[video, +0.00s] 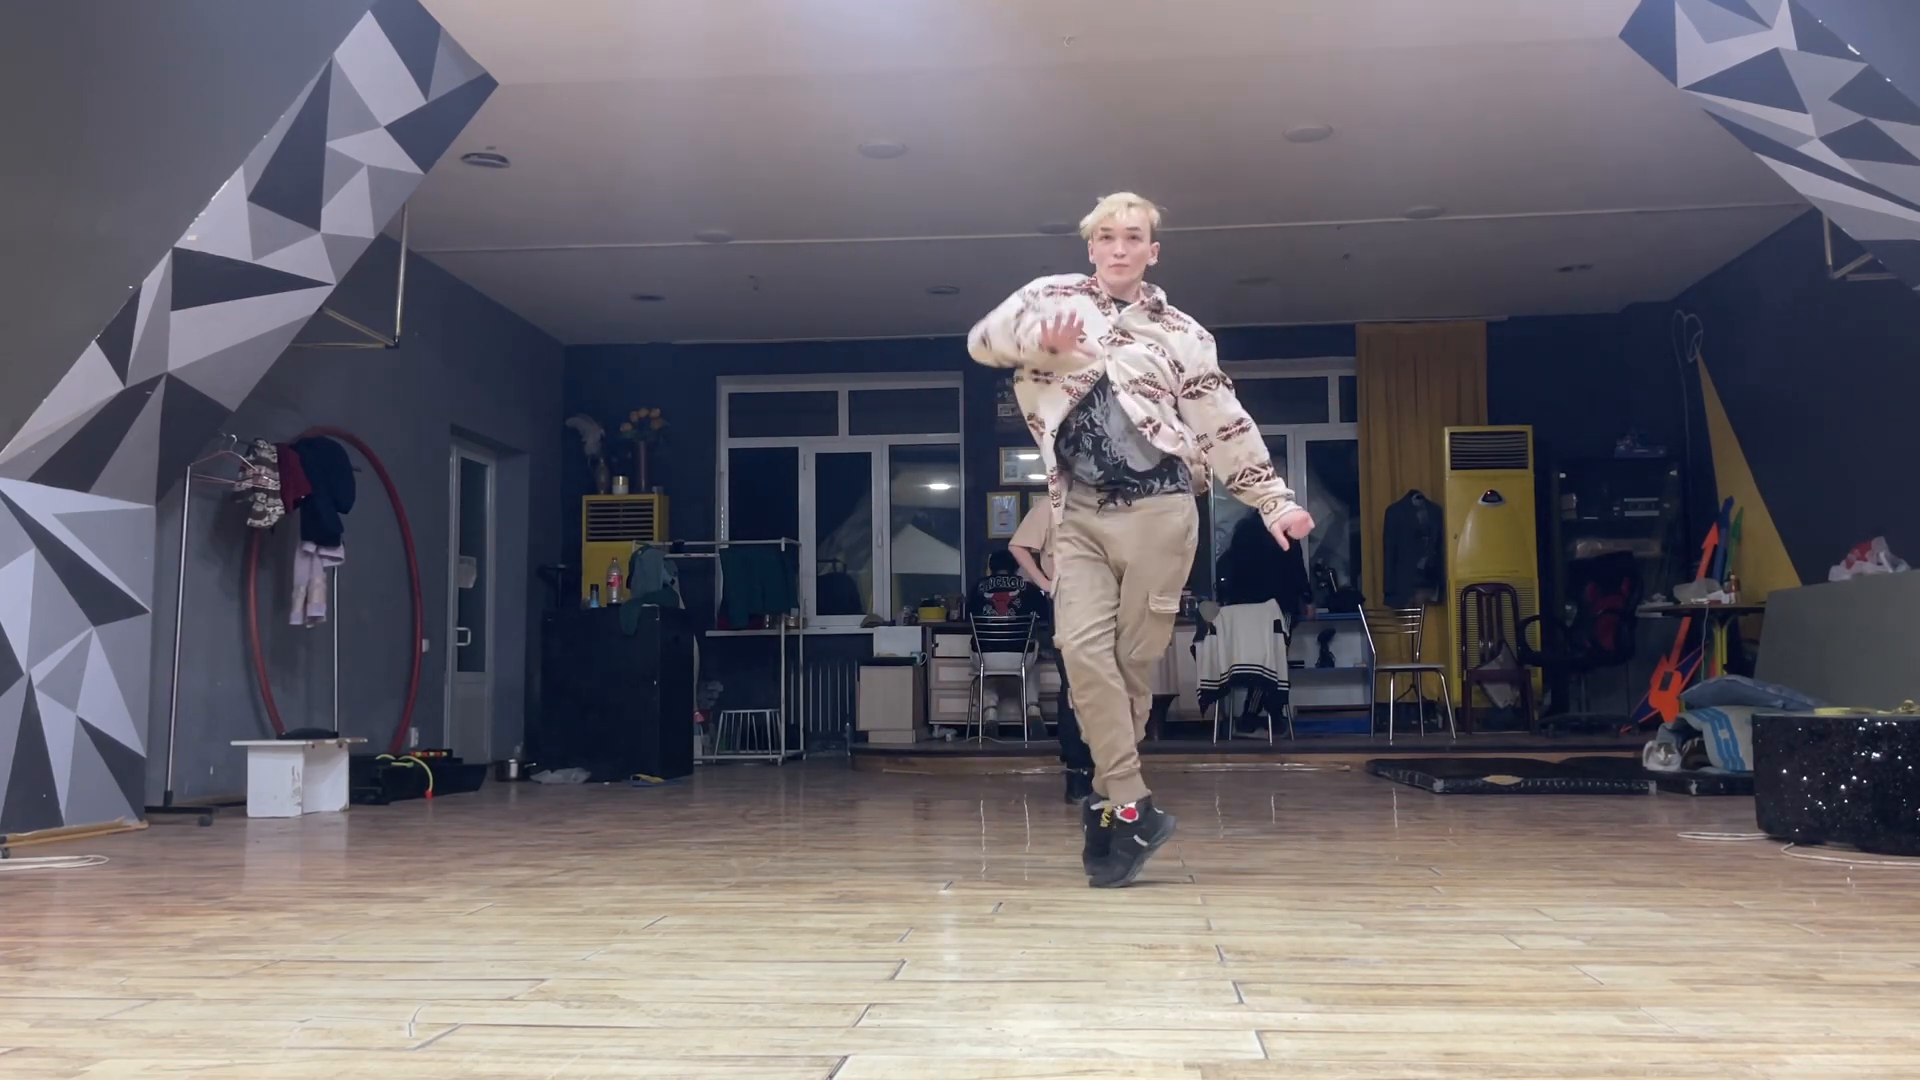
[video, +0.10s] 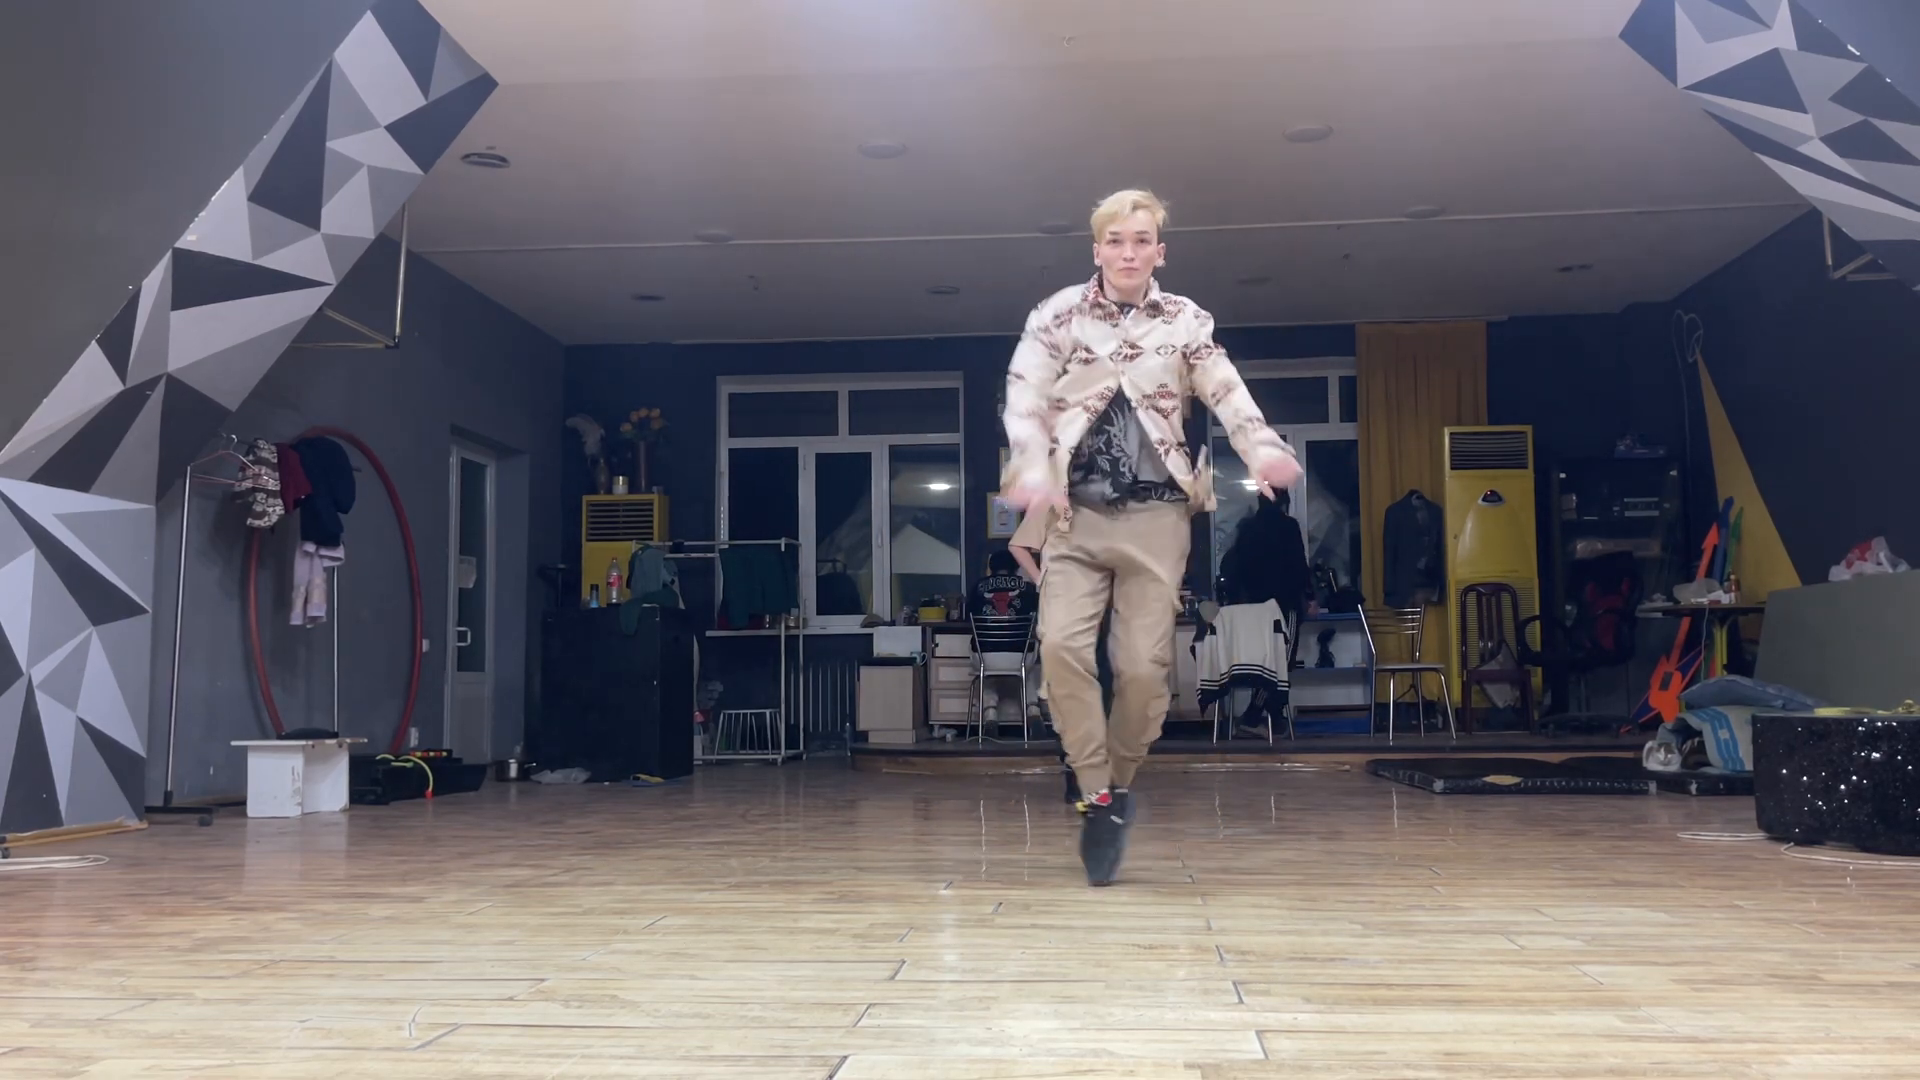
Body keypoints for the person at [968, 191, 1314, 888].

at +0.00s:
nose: (1119, 248)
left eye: (1132, 238)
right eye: (1107, 237)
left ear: (1153, 251)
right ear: (1089, 246)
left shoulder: (1182, 337)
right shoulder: (1051, 300)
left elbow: (1226, 428)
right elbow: (984, 339)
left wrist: (1272, 501)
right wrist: (1037, 341)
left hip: (1158, 516)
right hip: (1076, 512)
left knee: (1135, 665)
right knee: (1081, 650)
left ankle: (1105, 802)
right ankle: (1133, 807)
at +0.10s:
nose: (1129, 252)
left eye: (1141, 240)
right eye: (1116, 241)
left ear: (1160, 250)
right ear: (1097, 249)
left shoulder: (1184, 322)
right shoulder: (1057, 316)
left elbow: (1227, 394)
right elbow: (1024, 402)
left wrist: (1263, 450)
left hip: (1156, 517)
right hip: (1072, 515)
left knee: (1140, 667)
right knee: (1060, 647)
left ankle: (1117, 787)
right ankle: (1095, 795)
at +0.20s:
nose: (1140, 287)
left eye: (1149, 274)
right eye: (1124, 278)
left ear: (1165, 279)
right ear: (1102, 290)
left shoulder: (1181, 324)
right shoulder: (1079, 378)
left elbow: (1199, 362)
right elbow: (1054, 472)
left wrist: (1139, 382)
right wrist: (1028, 560)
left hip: (1161, 551)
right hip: (1080, 550)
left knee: (1191, 681)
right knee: (1040, 682)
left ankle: (1166, 830)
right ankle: (990, 832)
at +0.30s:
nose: (1144, 312)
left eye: (1152, 300)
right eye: (1128, 304)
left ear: (1165, 308)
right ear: (1104, 320)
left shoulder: (1183, 354)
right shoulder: (1079, 408)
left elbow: (1164, 384)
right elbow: (1071, 504)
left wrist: (1077, 397)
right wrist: (1058, 593)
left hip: (1161, 588)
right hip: (1090, 586)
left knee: (1201, 712)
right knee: (1032, 715)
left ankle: (1166, 840)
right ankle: (952, 832)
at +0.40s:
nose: (1149, 313)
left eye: (1156, 300)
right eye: (1134, 305)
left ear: (1167, 306)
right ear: (1108, 320)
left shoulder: (1184, 355)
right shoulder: (1087, 403)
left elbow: (1169, 394)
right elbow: (1073, 511)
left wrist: (1081, 420)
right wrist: (1076, 597)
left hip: (1158, 589)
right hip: (1084, 583)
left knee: (1200, 716)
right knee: (1025, 710)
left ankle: (1165, 840)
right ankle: (944, 833)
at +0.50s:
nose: (1142, 302)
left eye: (1149, 289)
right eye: (1127, 294)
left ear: (1163, 295)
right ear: (1102, 308)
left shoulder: (1185, 353)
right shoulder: (1079, 391)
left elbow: (1210, 382)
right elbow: (1068, 493)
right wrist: (1074, 577)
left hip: (1158, 566)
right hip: (1082, 559)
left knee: (1181, 716)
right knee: (1035, 681)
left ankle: (1163, 839)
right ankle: (1007, 820)